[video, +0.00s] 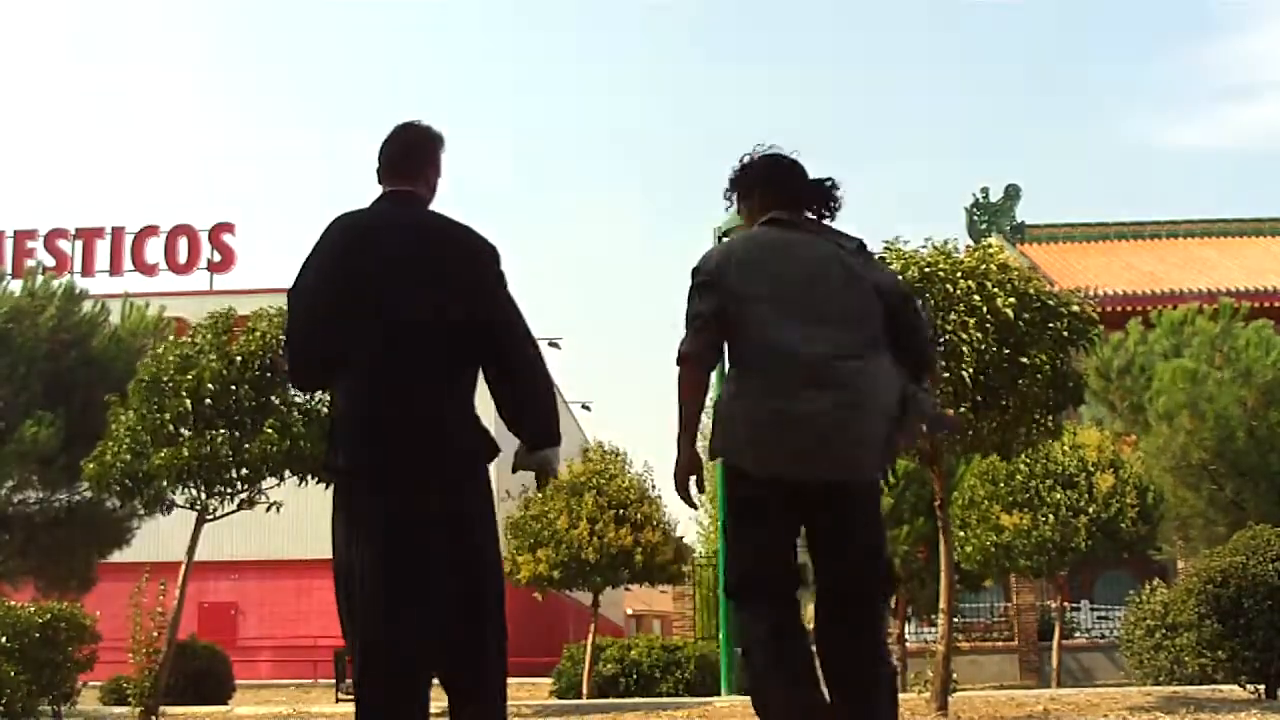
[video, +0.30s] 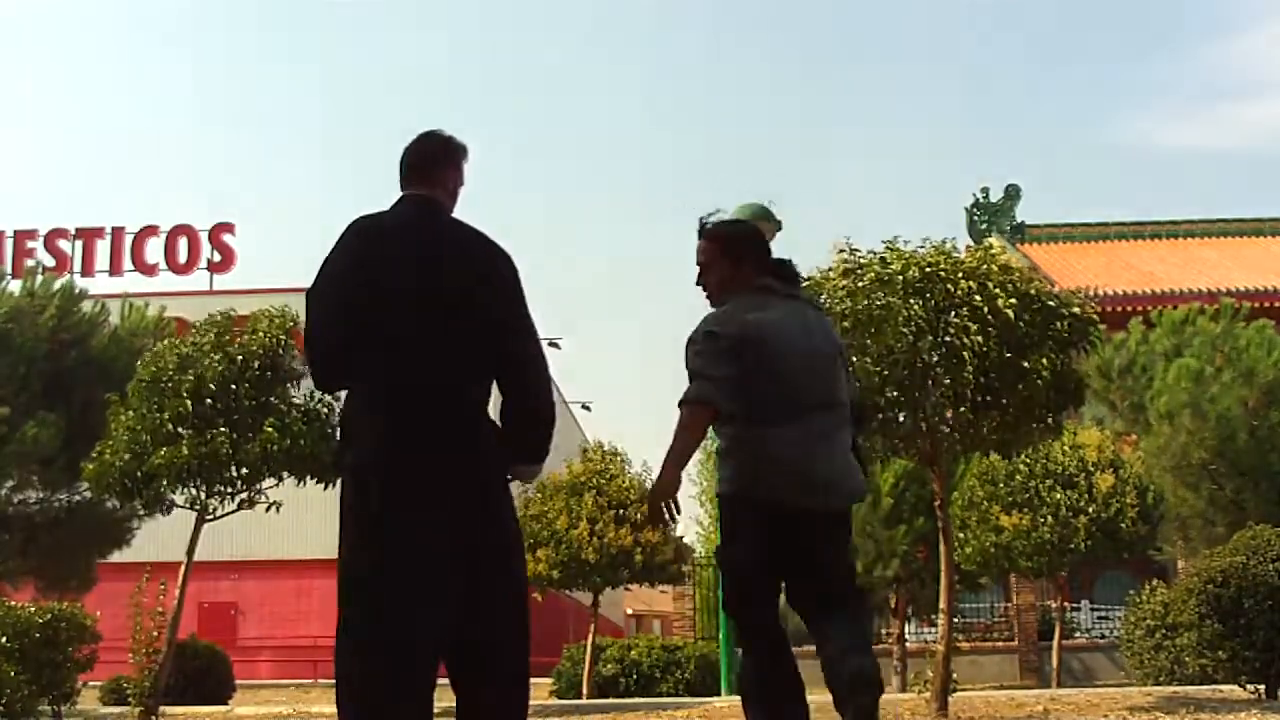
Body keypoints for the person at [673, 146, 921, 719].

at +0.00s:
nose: (734, 214)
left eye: (737, 205)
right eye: (736, 204)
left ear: (752, 204)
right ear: (805, 202)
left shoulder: (726, 257)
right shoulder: (858, 257)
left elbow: (696, 355)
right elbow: (919, 344)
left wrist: (685, 444)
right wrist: (907, 407)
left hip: (758, 456)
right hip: (850, 456)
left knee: (762, 599)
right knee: (855, 601)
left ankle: (792, 711)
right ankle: (866, 711)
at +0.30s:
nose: (697, 277)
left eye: (705, 265)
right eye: (698, 265)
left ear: (739, 265)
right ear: (752, 265)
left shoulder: (721, 327)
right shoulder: (815, 319)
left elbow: (698, 412)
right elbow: (849, 400)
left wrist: (666, 479)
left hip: (753, 494)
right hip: (827, 492)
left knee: (752, 613)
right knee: (832, 599)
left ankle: (781, 713)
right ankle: (860, 698)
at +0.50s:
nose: (697, 278)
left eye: (704, 267)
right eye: (694, 268)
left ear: (737, 267)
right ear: (742, 270)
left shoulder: (738, 322)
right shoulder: (778, 318)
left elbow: (703, 408)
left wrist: (652, 460)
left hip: (758, 479)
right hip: (792, 476)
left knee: (760, 605)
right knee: (781, 602)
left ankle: (776, 710)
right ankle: (799, 708)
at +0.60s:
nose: (699, 298)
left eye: (708, 287)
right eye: (695, 289)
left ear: (740, 287)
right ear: (695, 292)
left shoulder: (736, 341)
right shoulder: (756, 338)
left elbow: (703, 419)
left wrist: (650, 455)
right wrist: (662, 449)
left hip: (754, 486)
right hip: (773, 483)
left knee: (755, 605)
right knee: (761, 604)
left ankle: (779, 709)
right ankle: (781, 707)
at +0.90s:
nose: (689, 316)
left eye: (699, 307)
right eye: (683, 309)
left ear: (727, 310)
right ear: (680, 315)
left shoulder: (720, 353)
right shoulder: (708, 361)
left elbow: (730, 422)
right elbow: (688, 426)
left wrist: (718, 486)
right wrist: (646, 437)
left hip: (723, 494)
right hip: (752, 499)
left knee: (681, 597)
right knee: (751, 610)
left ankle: (717, 701)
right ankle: (759, 708)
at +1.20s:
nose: (635, 361)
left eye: (641, 350)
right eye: (633, 352)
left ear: (670, 350)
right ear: (672, 353)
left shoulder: (666, 394)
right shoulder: (692, 393)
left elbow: (691, 456)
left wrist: (712, 513)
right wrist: (632, 471)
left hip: (659, 528)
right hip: (691, 526)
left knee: (648, 628)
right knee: (702, 619)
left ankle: (661, 712)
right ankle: (744, 691)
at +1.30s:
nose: (617, 362)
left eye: (623, 353)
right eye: (615, 355)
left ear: (651, 352)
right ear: (656, 355)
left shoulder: (649, 396)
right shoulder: (682, 396)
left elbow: (654, 461)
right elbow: (702, 467)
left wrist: (643, 519)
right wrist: (688, 522)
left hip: (656, 526)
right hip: (686, 527)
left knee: (634, 623)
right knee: (675, 623)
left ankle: (656, 710)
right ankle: (712, 700)